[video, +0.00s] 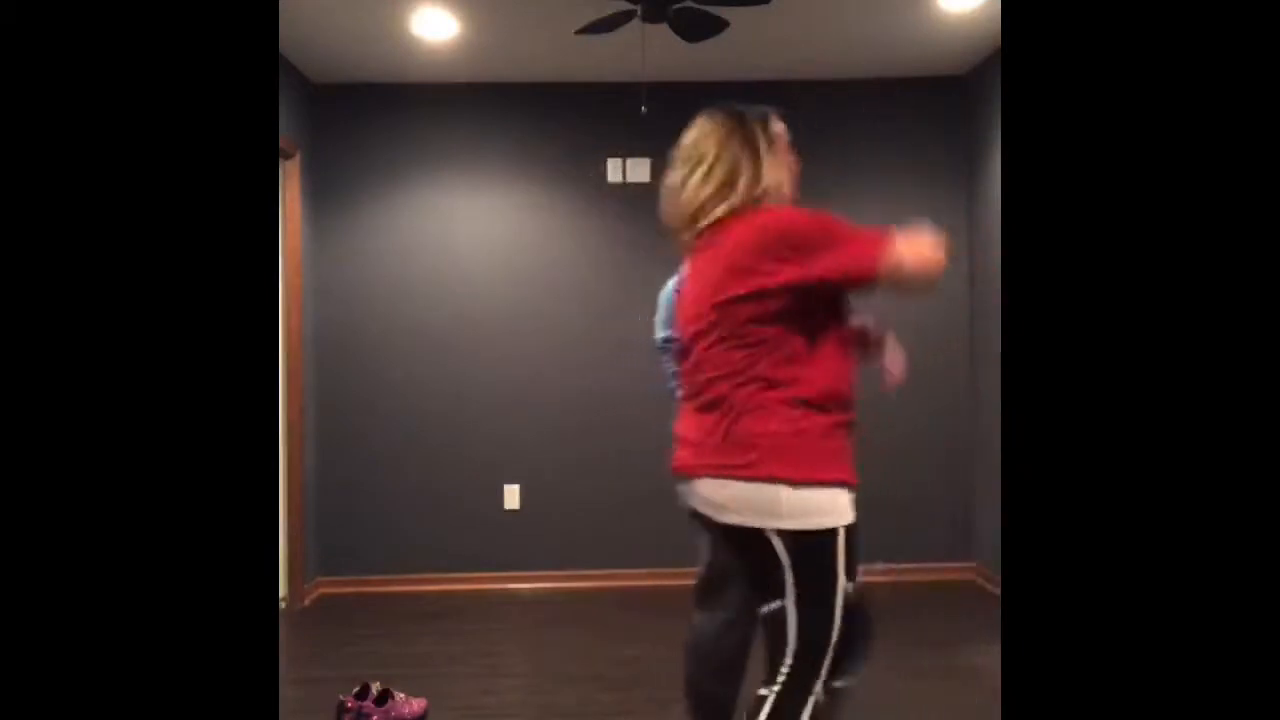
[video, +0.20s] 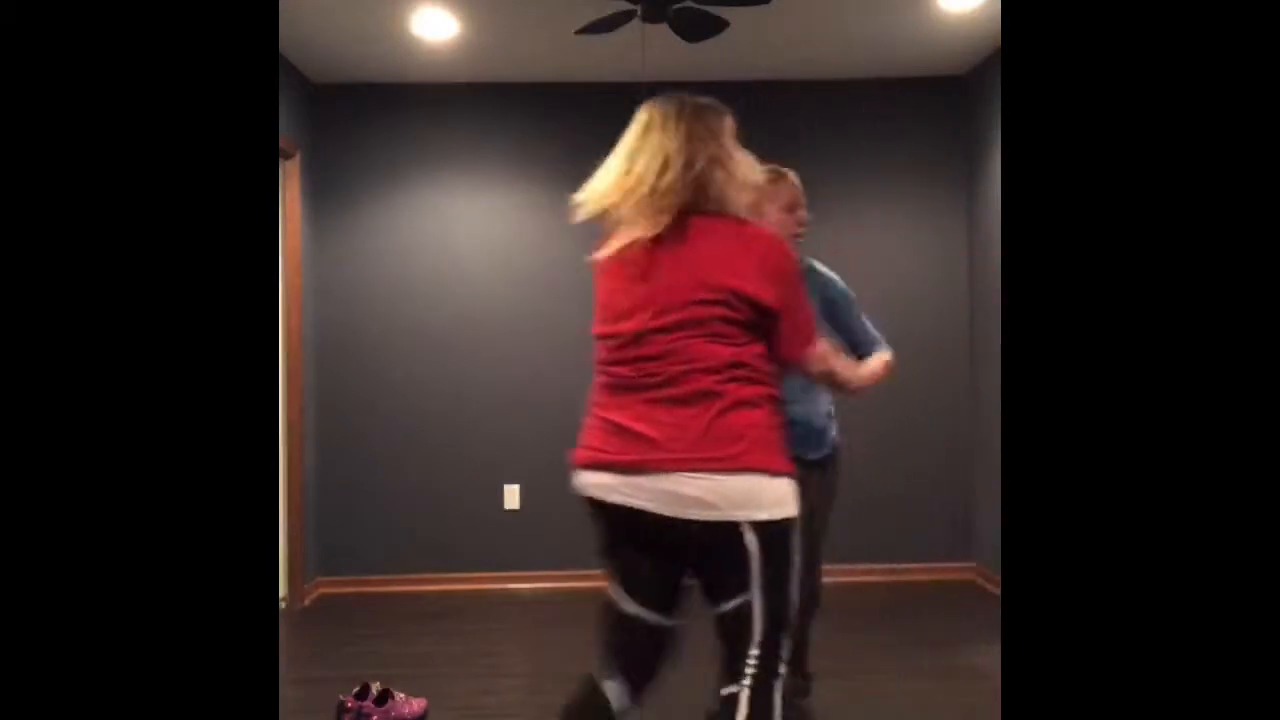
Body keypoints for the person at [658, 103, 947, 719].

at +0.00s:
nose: (794, 162)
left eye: (789, 148)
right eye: (784, 150)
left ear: (713, 166)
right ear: (755, 162)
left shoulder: (712, 244)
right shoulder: (773, 231)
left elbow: (776, 334)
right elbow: (920, 257)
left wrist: (861, 341)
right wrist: (918, 239)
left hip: (726, 480)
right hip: (789, 485)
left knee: (841, 635)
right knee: (811, 658)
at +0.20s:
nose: (749, 161)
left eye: (740, 147)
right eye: (736, 148)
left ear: (645, 161)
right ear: (710, 162)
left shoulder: (615, 254)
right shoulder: (760, 248)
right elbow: (806, 351)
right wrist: (859, 374)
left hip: (619, 488)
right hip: (736, 494)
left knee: (630, 650)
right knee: (756, 670)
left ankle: (605, 696)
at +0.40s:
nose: (690, 168)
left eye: (686, 156)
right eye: (685, 156)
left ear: (597, 162)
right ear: (674, 163)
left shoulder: (565, 239)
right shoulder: (712, 248)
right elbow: (747, 354)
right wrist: (784, 348)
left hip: (557, 487)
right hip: (672, 492)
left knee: (567, 672)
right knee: (721, 660)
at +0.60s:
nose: (690, 178)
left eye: (688, 166)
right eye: (682, 165)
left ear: (604, 175)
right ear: (662, 175)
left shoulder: (583, 249)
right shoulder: (696, 260)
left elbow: (679, 224)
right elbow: (755, 384)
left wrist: (724, 165)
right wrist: (795, 363)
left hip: (569, 485)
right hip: (675, 496)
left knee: (578, 662)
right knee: (679, 659)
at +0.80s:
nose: (719, 178)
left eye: (715, 166)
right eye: (709, 167)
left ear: (646, 181)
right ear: (679, 180)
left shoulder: (629, 262)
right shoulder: (695, 264)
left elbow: (717, 263)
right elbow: (704, 370)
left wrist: (774, 201)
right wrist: (816, 374)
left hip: (625, 480)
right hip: (694, 490)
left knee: (667, 627)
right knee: (685, 650)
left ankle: (619, 707)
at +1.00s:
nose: (753, 182)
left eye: (750, 171)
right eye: (742, 171)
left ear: (708, 183)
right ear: (705, 180)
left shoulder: (730, 262)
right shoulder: (689, 260)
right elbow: (679, 367)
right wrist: (795, 365)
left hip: (736, 458)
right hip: (698, 461)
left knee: (768, 602)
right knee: (707, 626)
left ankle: (769, 707)